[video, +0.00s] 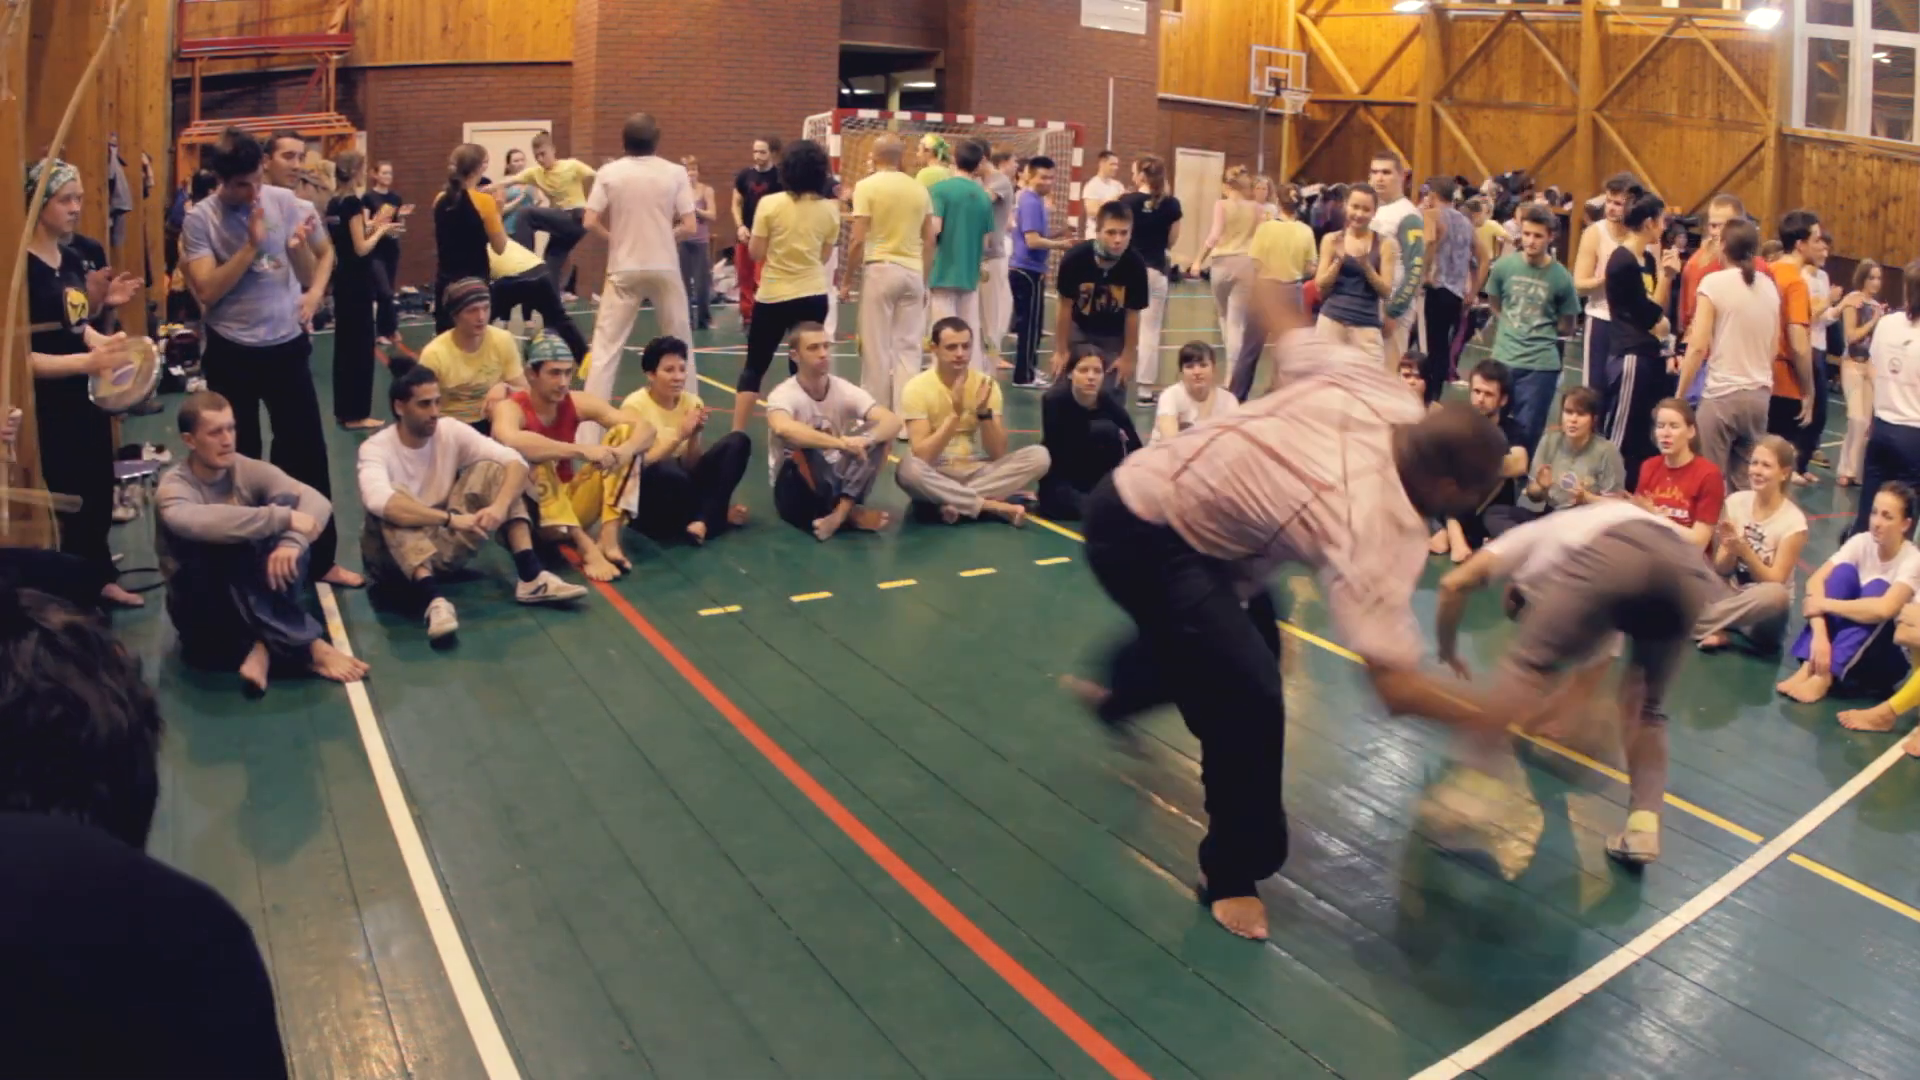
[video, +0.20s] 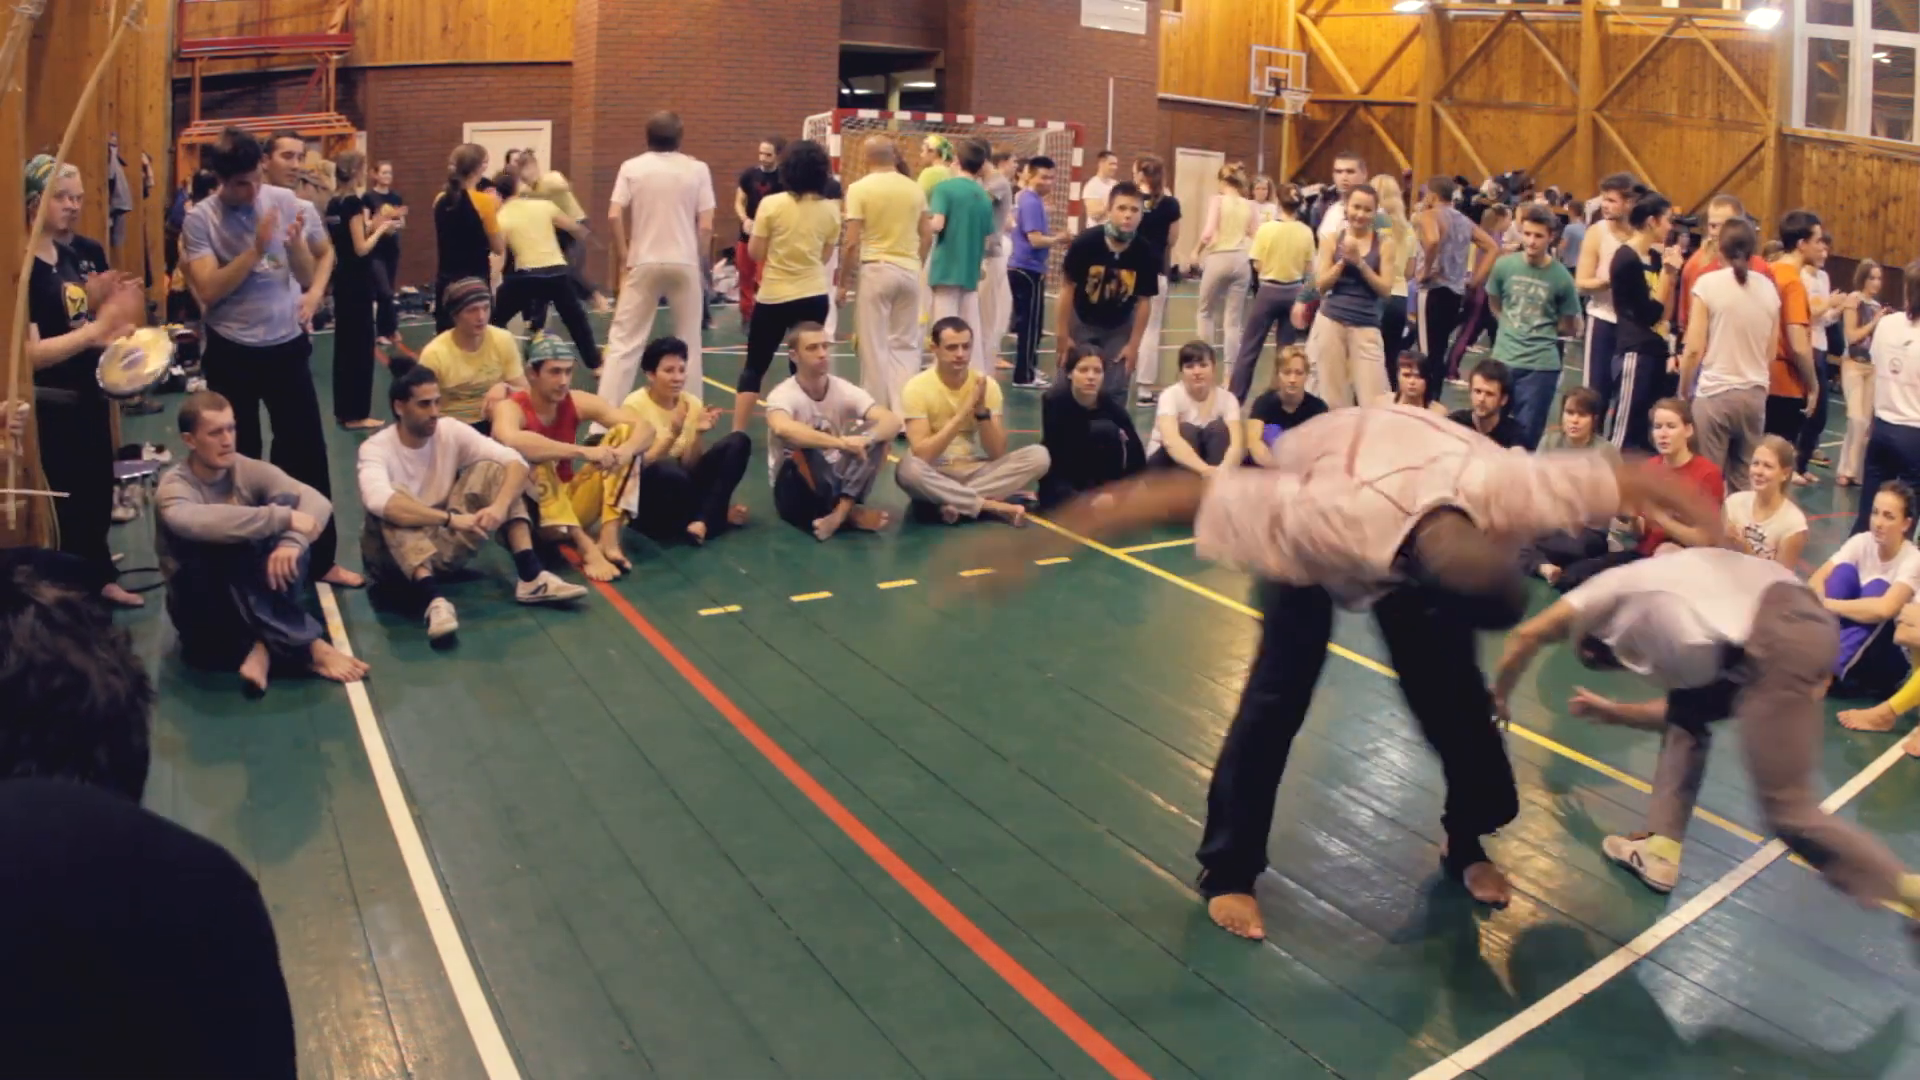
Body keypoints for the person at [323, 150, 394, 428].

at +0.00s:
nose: (369, 174)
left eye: (368, 169)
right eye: (367, 170)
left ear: (342, 171)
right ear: (358, 172)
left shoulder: (334, 203)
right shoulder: (354, 204)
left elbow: (345, 244)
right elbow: (361, 248)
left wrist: (370, 228)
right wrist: (381, 230)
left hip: (342, 279)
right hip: (358, 281)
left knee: (347, 342)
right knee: (361, 344)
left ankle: (346, 411)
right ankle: (356, 414)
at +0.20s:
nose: (370, 174)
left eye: (369, 169)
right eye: (368, 169)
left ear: (343, 170)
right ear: (359, 171)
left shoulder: (333, 203)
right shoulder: (354, 203)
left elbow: (345, 245)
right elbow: (361, 247)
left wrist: (370, 226)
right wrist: (380, 229)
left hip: (342, 281)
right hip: (358, 283)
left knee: (347, 343)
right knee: (361, 346)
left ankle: (346, 411)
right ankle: (356, 414)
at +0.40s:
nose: (369, 174)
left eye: (368, 169)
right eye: (367, 169)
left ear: (343, 172)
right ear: (357, 172)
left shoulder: (333, 202)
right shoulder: (355, 203)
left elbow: (339, 246)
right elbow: (363, 247)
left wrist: (368, 226)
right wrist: (378, 228)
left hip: (341, 279)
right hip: (358, 281)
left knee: (347, 342)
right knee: (360, 344)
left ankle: (345, 411)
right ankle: (356, 414)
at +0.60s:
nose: (368, 174)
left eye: (367, 168)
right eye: (365, 169)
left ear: (344, 172)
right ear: (354, 172)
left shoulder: (335, 202)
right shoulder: (355, 204)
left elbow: (351, 238)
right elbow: (359, 249)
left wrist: (381, 224)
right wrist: (382, 235)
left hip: (342, 280)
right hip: (358, 282)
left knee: (348, 343)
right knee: (361, 345)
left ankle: (346, 410)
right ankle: (356, 414)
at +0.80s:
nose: (371, 174)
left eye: (371, 169)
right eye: (367, 169)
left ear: (351, 172)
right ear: (353, 171)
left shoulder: (339, 203)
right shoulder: (352, 203)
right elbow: (358, 247)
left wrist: (373, 227)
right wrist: (379, 231)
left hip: (346, 282)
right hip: (357, 284)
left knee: (351, 343)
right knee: (360, 345)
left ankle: (348, 411)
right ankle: (355, 414)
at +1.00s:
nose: (371, 173)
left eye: (370, 169)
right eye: (367, 169)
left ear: (351, 171)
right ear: (353, 171)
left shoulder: (338, 202)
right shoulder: (352, 203)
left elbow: (353, 239)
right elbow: (359, 247)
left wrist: (373, 225)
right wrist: (382, 231)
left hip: (345, 280)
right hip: (357, 283)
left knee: (350, 342)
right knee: (360, 344)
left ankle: (348, 411)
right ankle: (355, 414)